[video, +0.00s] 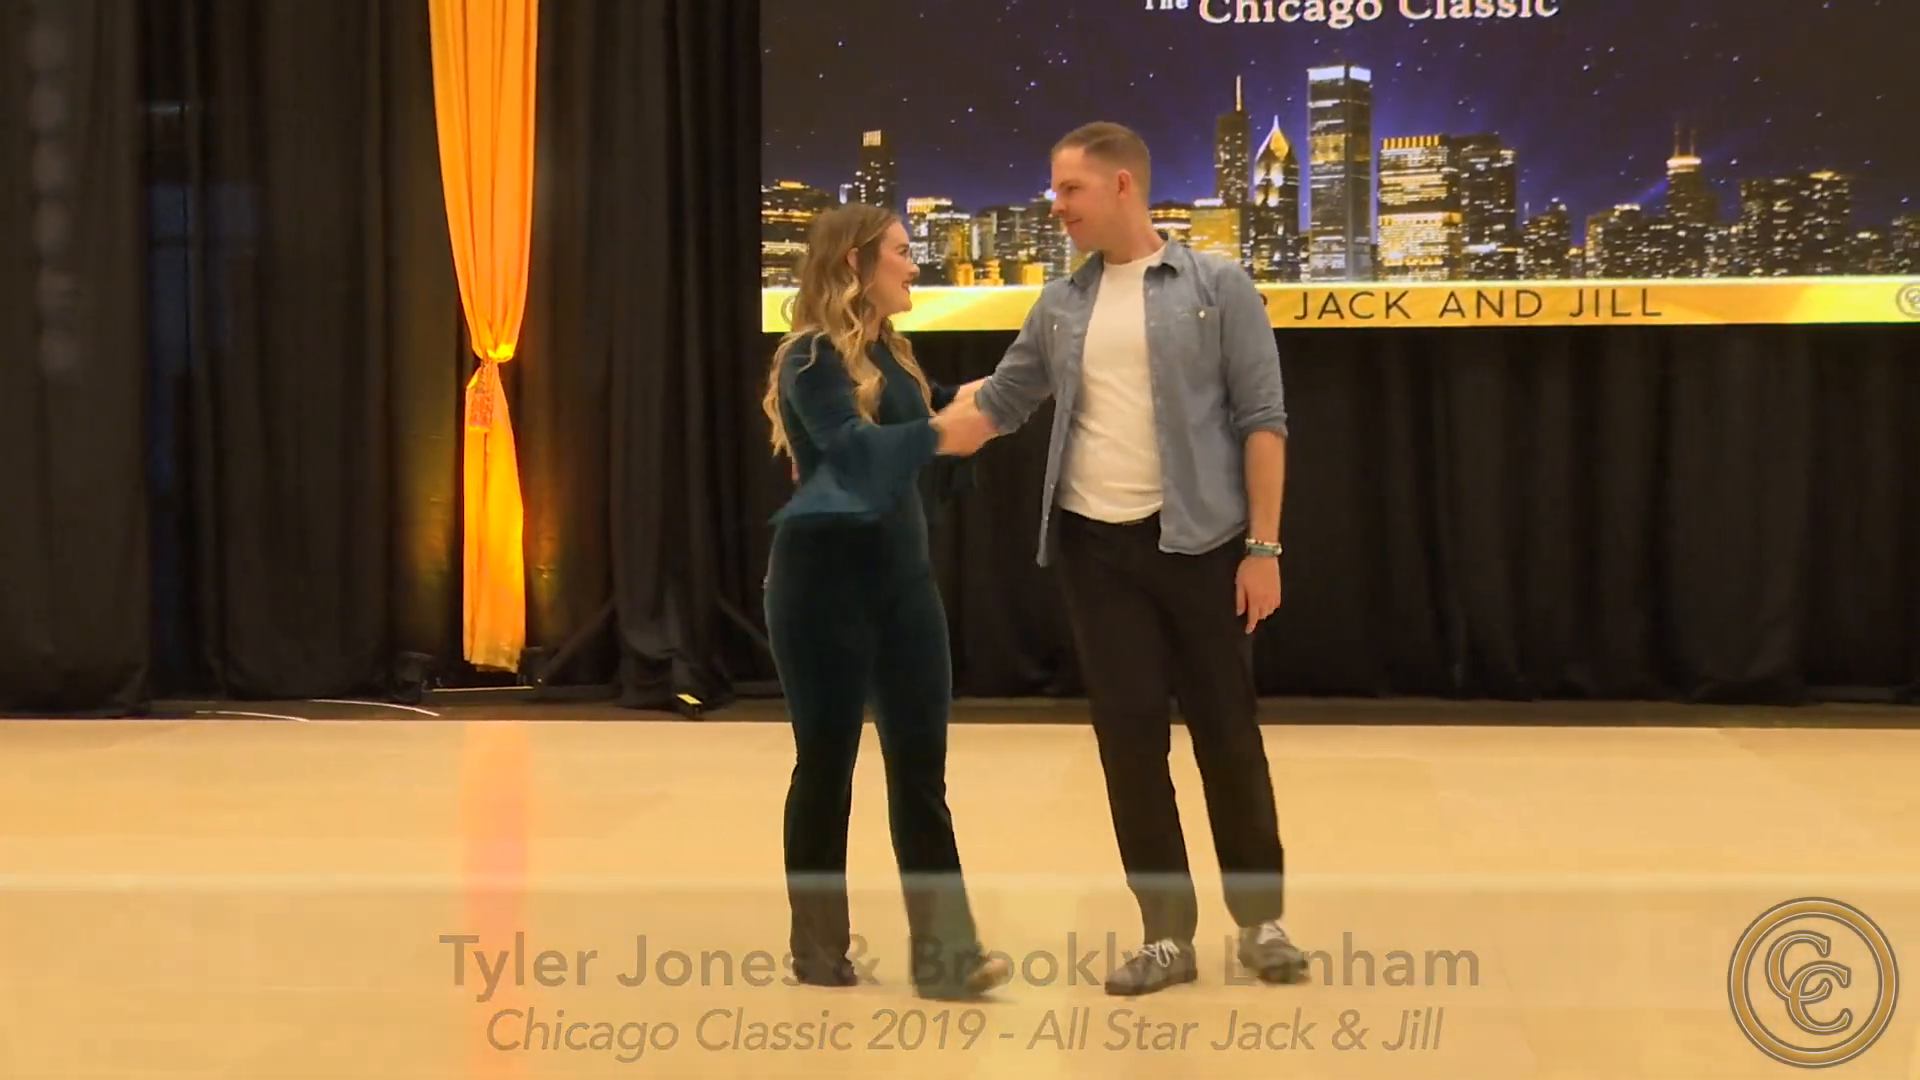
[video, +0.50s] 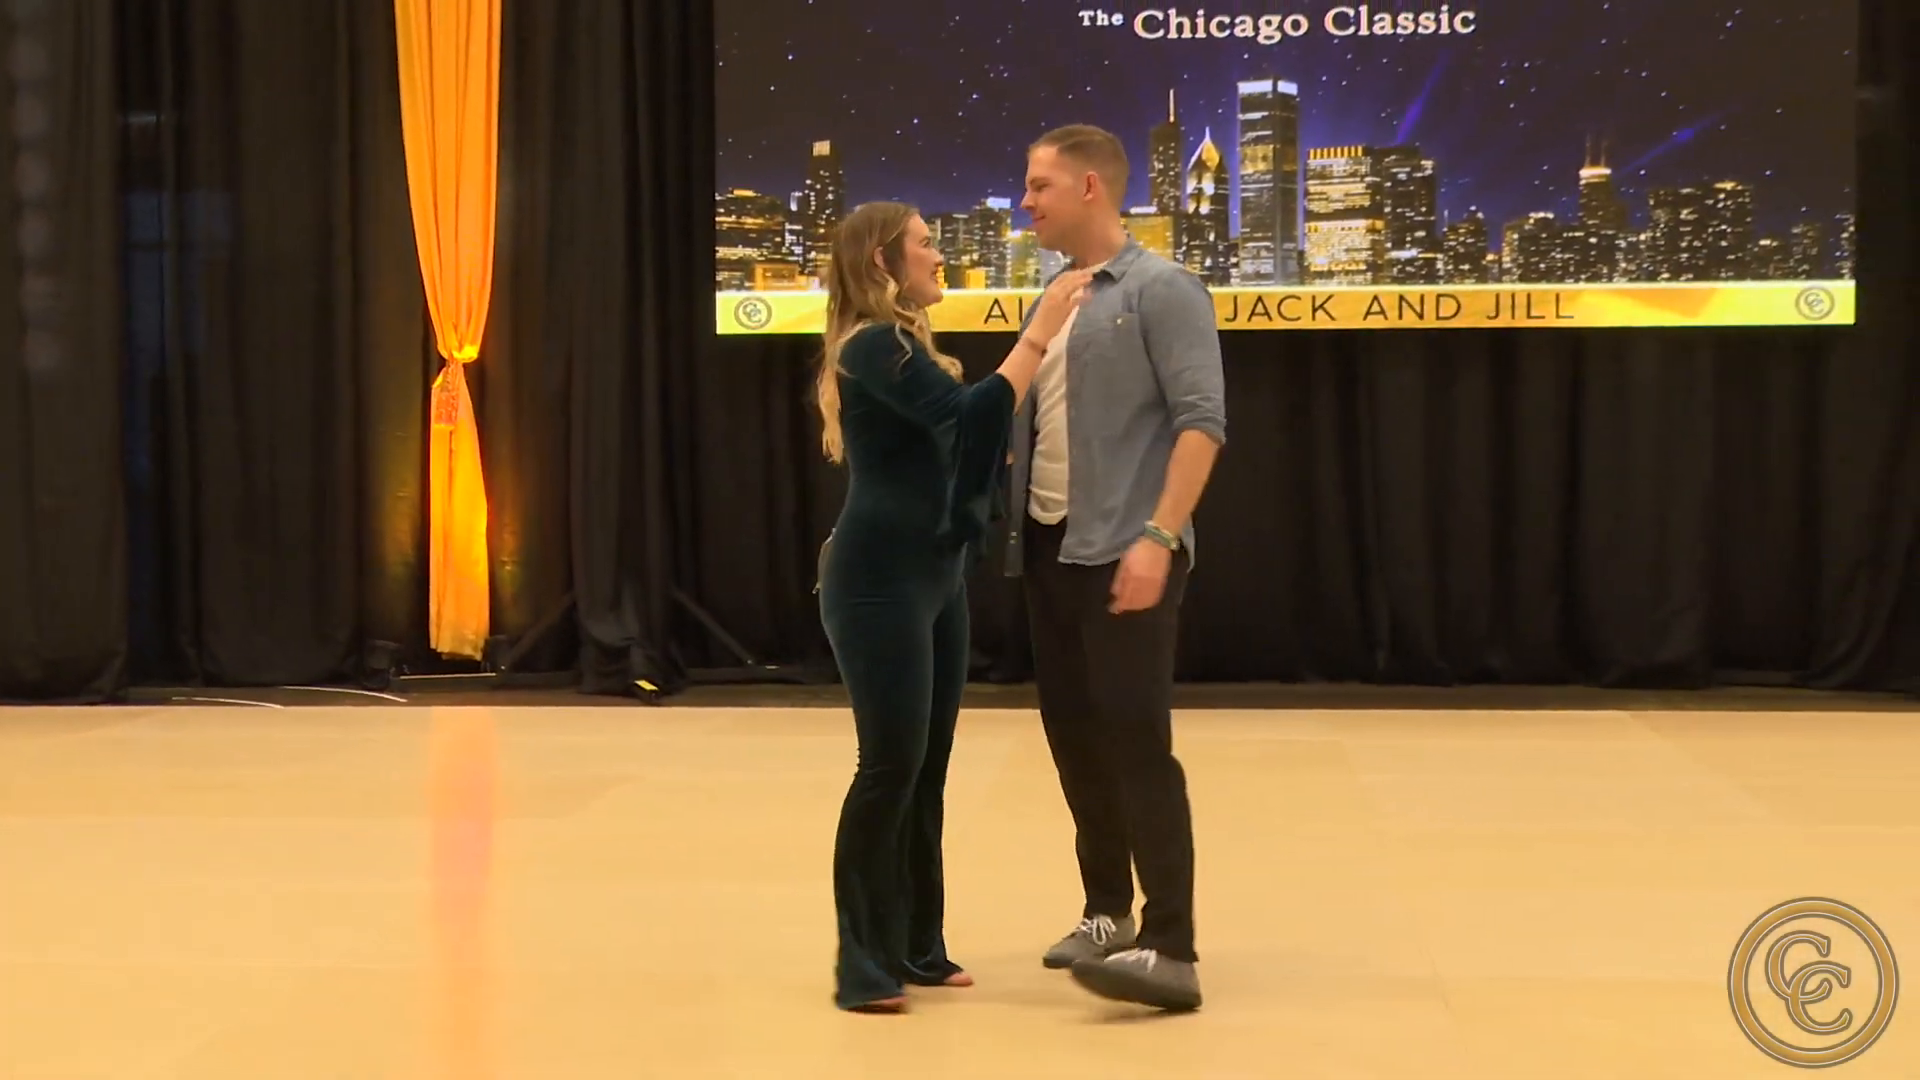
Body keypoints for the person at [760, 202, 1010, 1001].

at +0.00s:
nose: (914, 264)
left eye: (910, 251)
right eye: (901, 251)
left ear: (875, 266)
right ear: (855, 264)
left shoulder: (897, 361)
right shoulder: (810, 355)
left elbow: (925, 474)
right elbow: (849, 448)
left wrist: (958, 431)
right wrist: (937, 430)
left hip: (903, 576)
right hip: (821, 578)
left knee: (919, 769)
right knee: (824, 763)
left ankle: (944, 954)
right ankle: (818, 948)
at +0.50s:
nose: (939, 255)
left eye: (935, 242)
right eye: (926, 244)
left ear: (888, 260)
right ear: (883, 259)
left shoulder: (915, 344)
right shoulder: (872, 344)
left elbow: (971, 449)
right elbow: (966, 417)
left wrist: (1033, 354)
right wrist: (1037, 337)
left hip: (936, 579)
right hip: (878, 583)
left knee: (926, 765)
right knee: (888, 767)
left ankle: (916, 947)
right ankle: (862, 965)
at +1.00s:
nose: (949, 248)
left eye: (946, 236)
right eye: (934, 236)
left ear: (895, 255)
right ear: (888, 253)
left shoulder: (912, 333)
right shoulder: (883, 336)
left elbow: (974, 407)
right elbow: (958, 417)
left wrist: (1029, 333)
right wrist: (1020, 346)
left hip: (916, 565)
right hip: (894, 568)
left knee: (912, 749)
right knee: (915, 752)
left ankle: (875, 923)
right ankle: (903, 942)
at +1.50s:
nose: (940, 256)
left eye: (936, 244)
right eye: (926, 245)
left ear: (888, 266)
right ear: (882, 264)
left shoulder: (906, 341)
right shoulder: (886, 347)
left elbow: (967, 437)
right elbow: (967, 436)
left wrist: (1010, 352)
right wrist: (1008, 350)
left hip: (913, 561)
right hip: (892, 568)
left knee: (909, 744)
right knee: (893, 751)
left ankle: (912, 898)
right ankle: (883, 927)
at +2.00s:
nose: (949, 272)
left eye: (946, 260)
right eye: (935, 262)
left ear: (901, 281)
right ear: (893, 279)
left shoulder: (917, 353)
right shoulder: (893, 358)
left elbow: (963, 438)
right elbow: (961, 437)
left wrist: (1010, 365)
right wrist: (1013, 361)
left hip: (919, 555)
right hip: (900, 559)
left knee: (903, 735)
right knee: (893, 740)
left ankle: (903, 879)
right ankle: (882, 906)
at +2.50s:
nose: (953, 284)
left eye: (951, 272)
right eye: (941, 273)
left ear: (914, 282)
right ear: (903, 283)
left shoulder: (902, 355)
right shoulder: (900, 363)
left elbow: (960, 409)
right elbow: (976, 449)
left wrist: (1006, 356)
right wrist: (1010, 380)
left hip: (887, 559)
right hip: (906, 564)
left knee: (892, 721)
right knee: (940, 715)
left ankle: (893, 890)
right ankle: (910, 903)